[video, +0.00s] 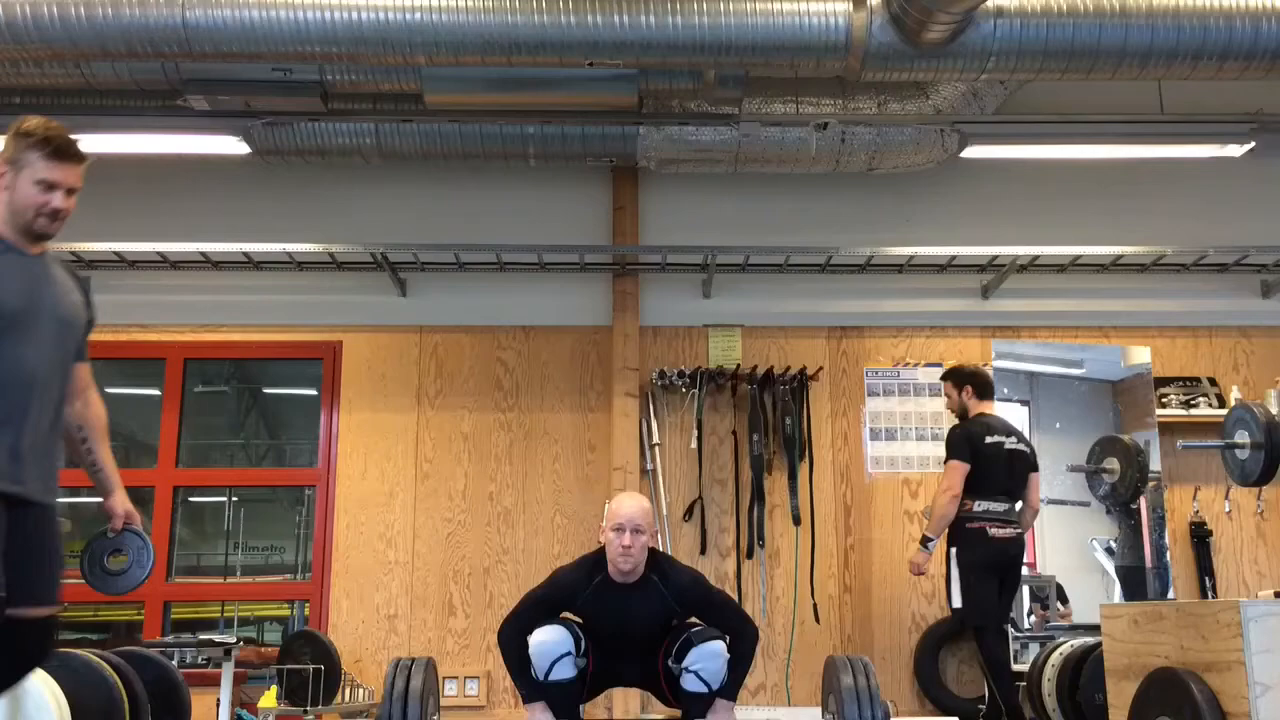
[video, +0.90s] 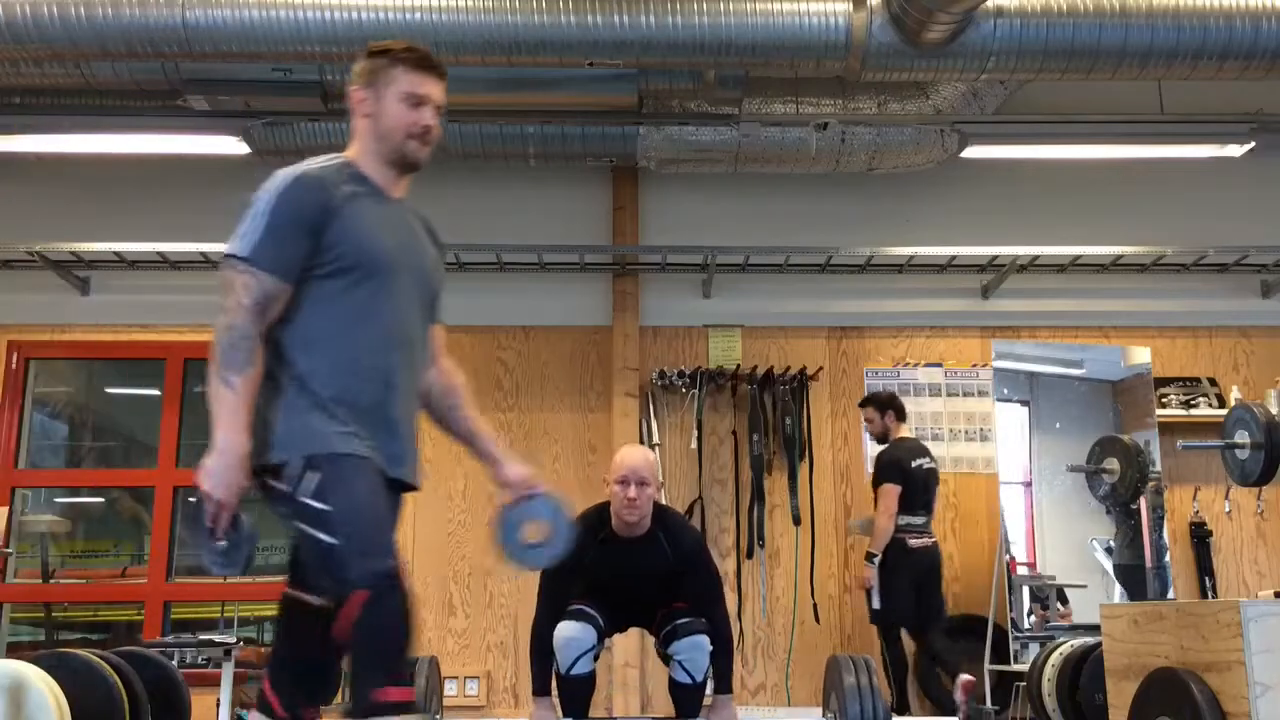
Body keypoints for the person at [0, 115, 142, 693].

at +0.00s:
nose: (59, 204)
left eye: (70, 192)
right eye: (45, 186)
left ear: (78, 196)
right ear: (6, 179)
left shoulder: (68, 289)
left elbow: (79, 395)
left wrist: (114, 492)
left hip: (32, 498)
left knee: (29, 646)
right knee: (14, 647)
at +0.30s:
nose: (153, 164)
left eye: (160, 153)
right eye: (136, 148)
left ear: (165, 162)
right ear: (89, 151)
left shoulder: (160, 274)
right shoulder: (30, 234)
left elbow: (151, 385)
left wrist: (144, 476)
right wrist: (1, 473)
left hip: (121, 488)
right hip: (27, 479)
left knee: (152, 670)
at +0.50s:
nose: (247, 159)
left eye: (254, 148)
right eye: (230, 144)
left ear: (260, 158)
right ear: (183, 151)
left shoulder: (254, 277)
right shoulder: (125, 230)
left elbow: (229, 387)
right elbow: (67, 332)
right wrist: (64, 413)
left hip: (218, 482)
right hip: (124, 473)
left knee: (245, 660)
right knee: (80, 637)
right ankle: (16, 705)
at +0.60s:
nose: (298, 149)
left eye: (306, 138)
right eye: (281, 132)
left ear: (310, 147)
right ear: (235, 132)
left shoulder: (299, 261)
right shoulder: (173, 214)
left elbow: (282, 368)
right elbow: (112, 317)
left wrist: (289, 447)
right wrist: (111, 406)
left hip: (271, 473)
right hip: (176, 463)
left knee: (269, 650)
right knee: (159, 636)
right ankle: (82, 705)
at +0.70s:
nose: (342, 136)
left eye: (350, 125)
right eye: (326, 118)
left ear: (354, 134)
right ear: (278, 116)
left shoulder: (341, 246)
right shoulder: (219, 198)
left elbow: (335, 376)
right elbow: (159, 307)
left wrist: (348, 482)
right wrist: (156, 411)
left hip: (311, 451)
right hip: (234, 434)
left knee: (293, 615)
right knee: (255, 588)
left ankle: (260, 713)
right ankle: (180, 700)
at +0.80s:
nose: (385, 126)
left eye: (393, 115)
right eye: (369, 108)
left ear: (397, 127)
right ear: (319, 107)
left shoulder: (378, 234)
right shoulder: (262, 189)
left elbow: (384, 363)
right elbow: (203, 315)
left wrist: (427, 468)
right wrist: (194, 430)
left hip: (348, 453)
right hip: (277, 431)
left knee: (295, 627)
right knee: (317, 591)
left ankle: (266, 715)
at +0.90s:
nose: (430, 121)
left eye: (438, 110)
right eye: (414, 103)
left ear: (441, 120)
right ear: (362, 101)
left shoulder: (420, 238)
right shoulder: (305, 190)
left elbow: (431, 366)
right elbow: (240, 319)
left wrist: (499, 459)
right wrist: (229, 447)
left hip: (383, 458)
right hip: (314, 442)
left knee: (306, 653)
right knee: (381, 612)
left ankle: (282, 714)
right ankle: (385, 714)